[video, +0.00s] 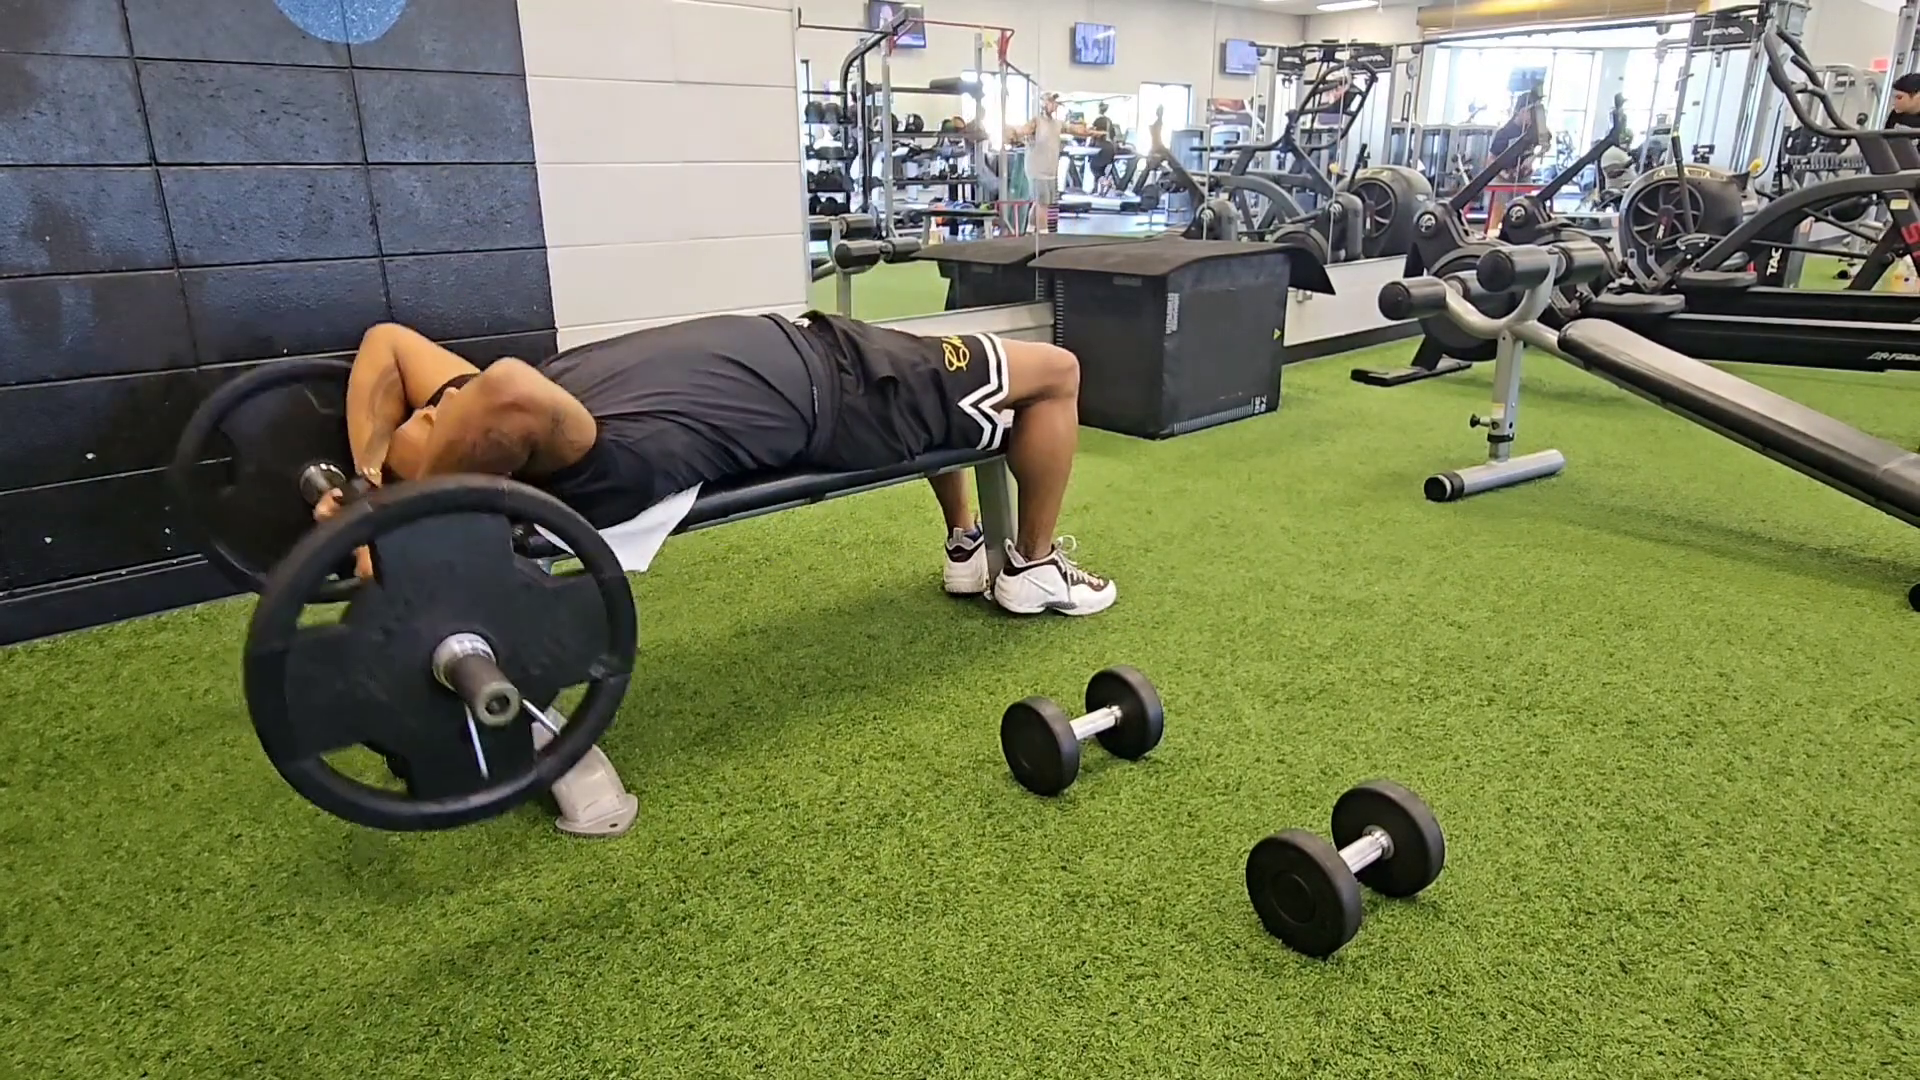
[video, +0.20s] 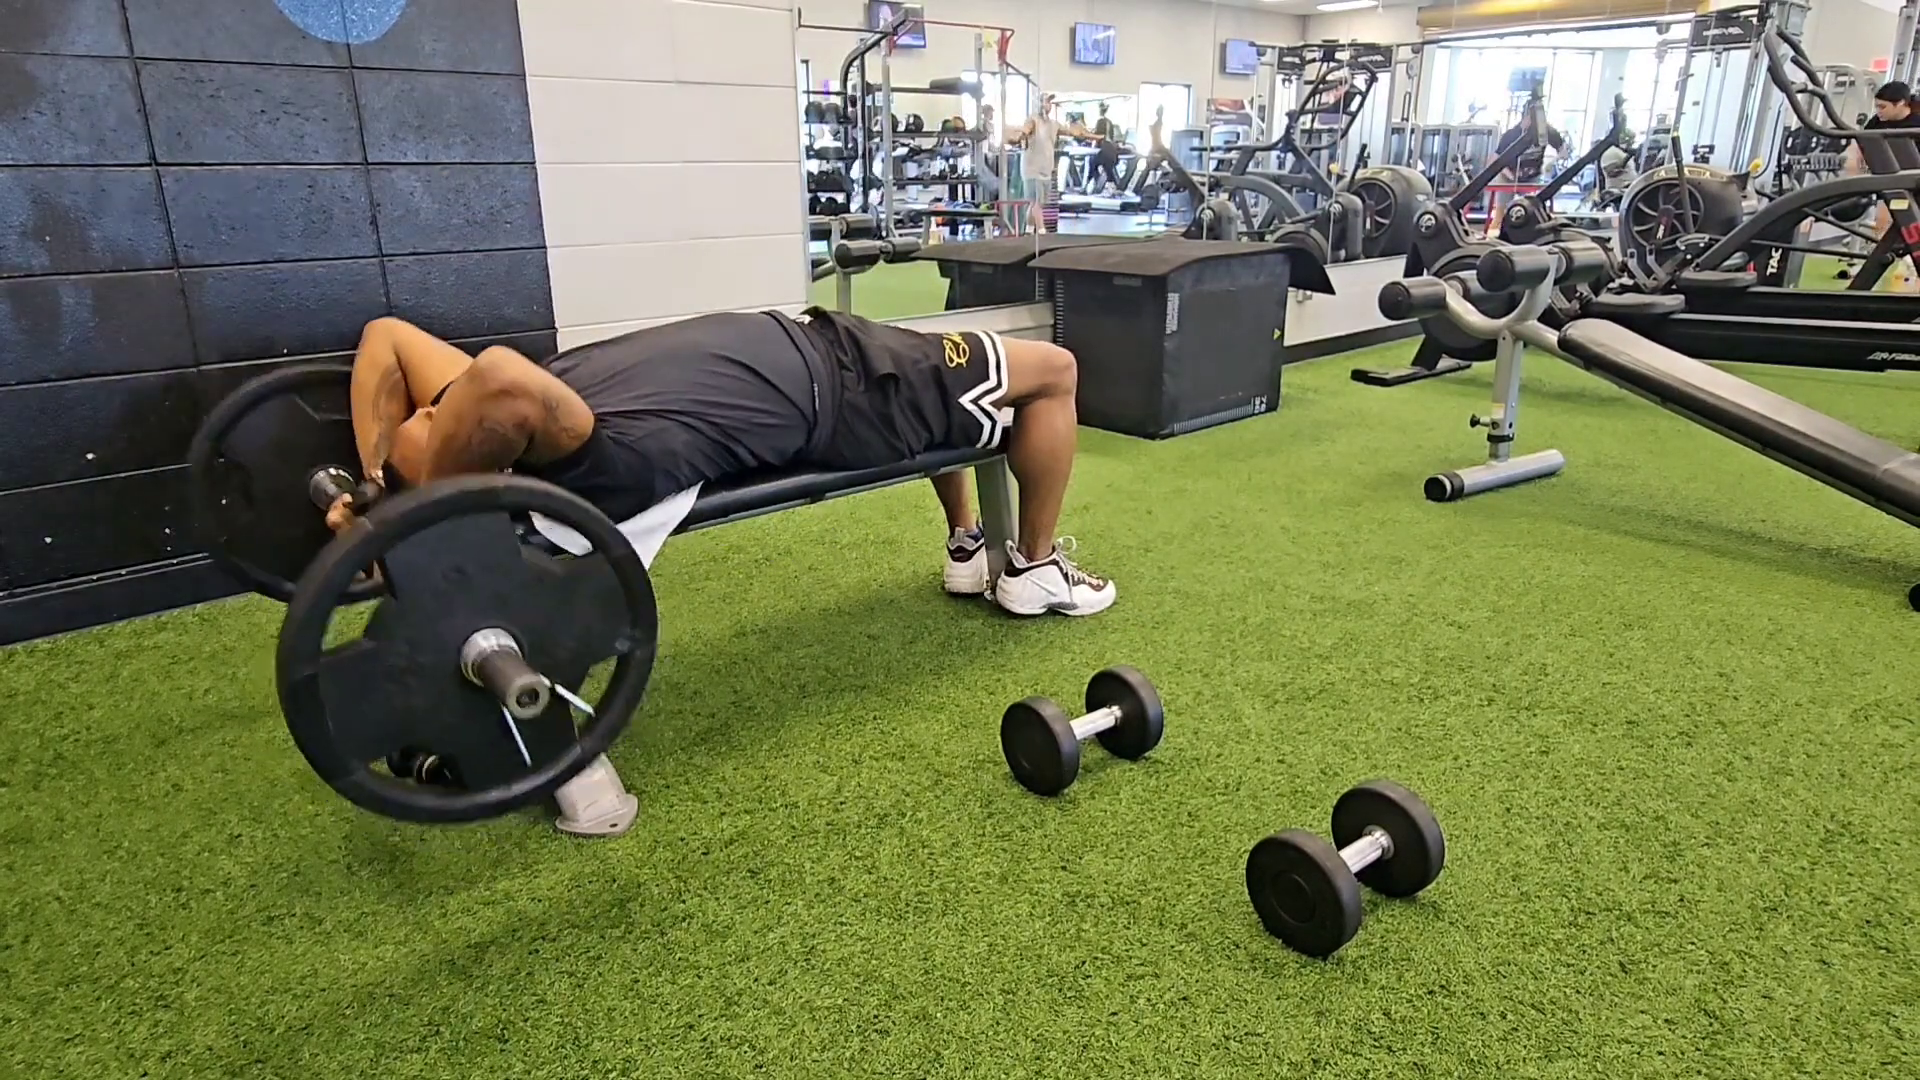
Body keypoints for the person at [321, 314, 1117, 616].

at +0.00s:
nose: (432, 412)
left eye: (423, 422)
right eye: (431, 425)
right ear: (481, 483)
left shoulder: (444, 435)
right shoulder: (587, 470)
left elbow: (383, 338)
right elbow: (513, 388)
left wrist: (365, 477)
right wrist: (397, 492)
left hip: (769, 340)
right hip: (833, 381)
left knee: (923, 344)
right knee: (1055, 372)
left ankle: (970, 543)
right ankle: (1032, 568)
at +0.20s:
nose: (427, 406)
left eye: (425, 420)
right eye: (443, 415)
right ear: (510, 465)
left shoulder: (465, 424)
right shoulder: (605, 464)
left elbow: (381, 333)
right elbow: (506, 375)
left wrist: (374, 475)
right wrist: (406, 492)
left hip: (773, 338)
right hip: (837, 381)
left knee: (928, 343)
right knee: (1053, 371)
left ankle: (971, 544)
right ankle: (1033, 570)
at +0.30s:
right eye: (552, 370)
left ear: (494, 444)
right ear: (526, 454)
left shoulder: (506, 409)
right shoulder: (622, 459)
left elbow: (417, 304)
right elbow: (541, 329)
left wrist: (361, 453)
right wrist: (442, 431)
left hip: (779, 340)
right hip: (843, 386)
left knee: (925, 353)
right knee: (1053, 369)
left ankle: (970, 541)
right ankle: (1034, 568)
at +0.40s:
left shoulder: (453, 421)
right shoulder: (591, 453)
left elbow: (474, 282)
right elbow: (610, 321)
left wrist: (387, 382)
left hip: (761, 345)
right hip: (821, 385)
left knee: (918, 353)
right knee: (1046, 370)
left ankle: (968, 547)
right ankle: (1041, 574)